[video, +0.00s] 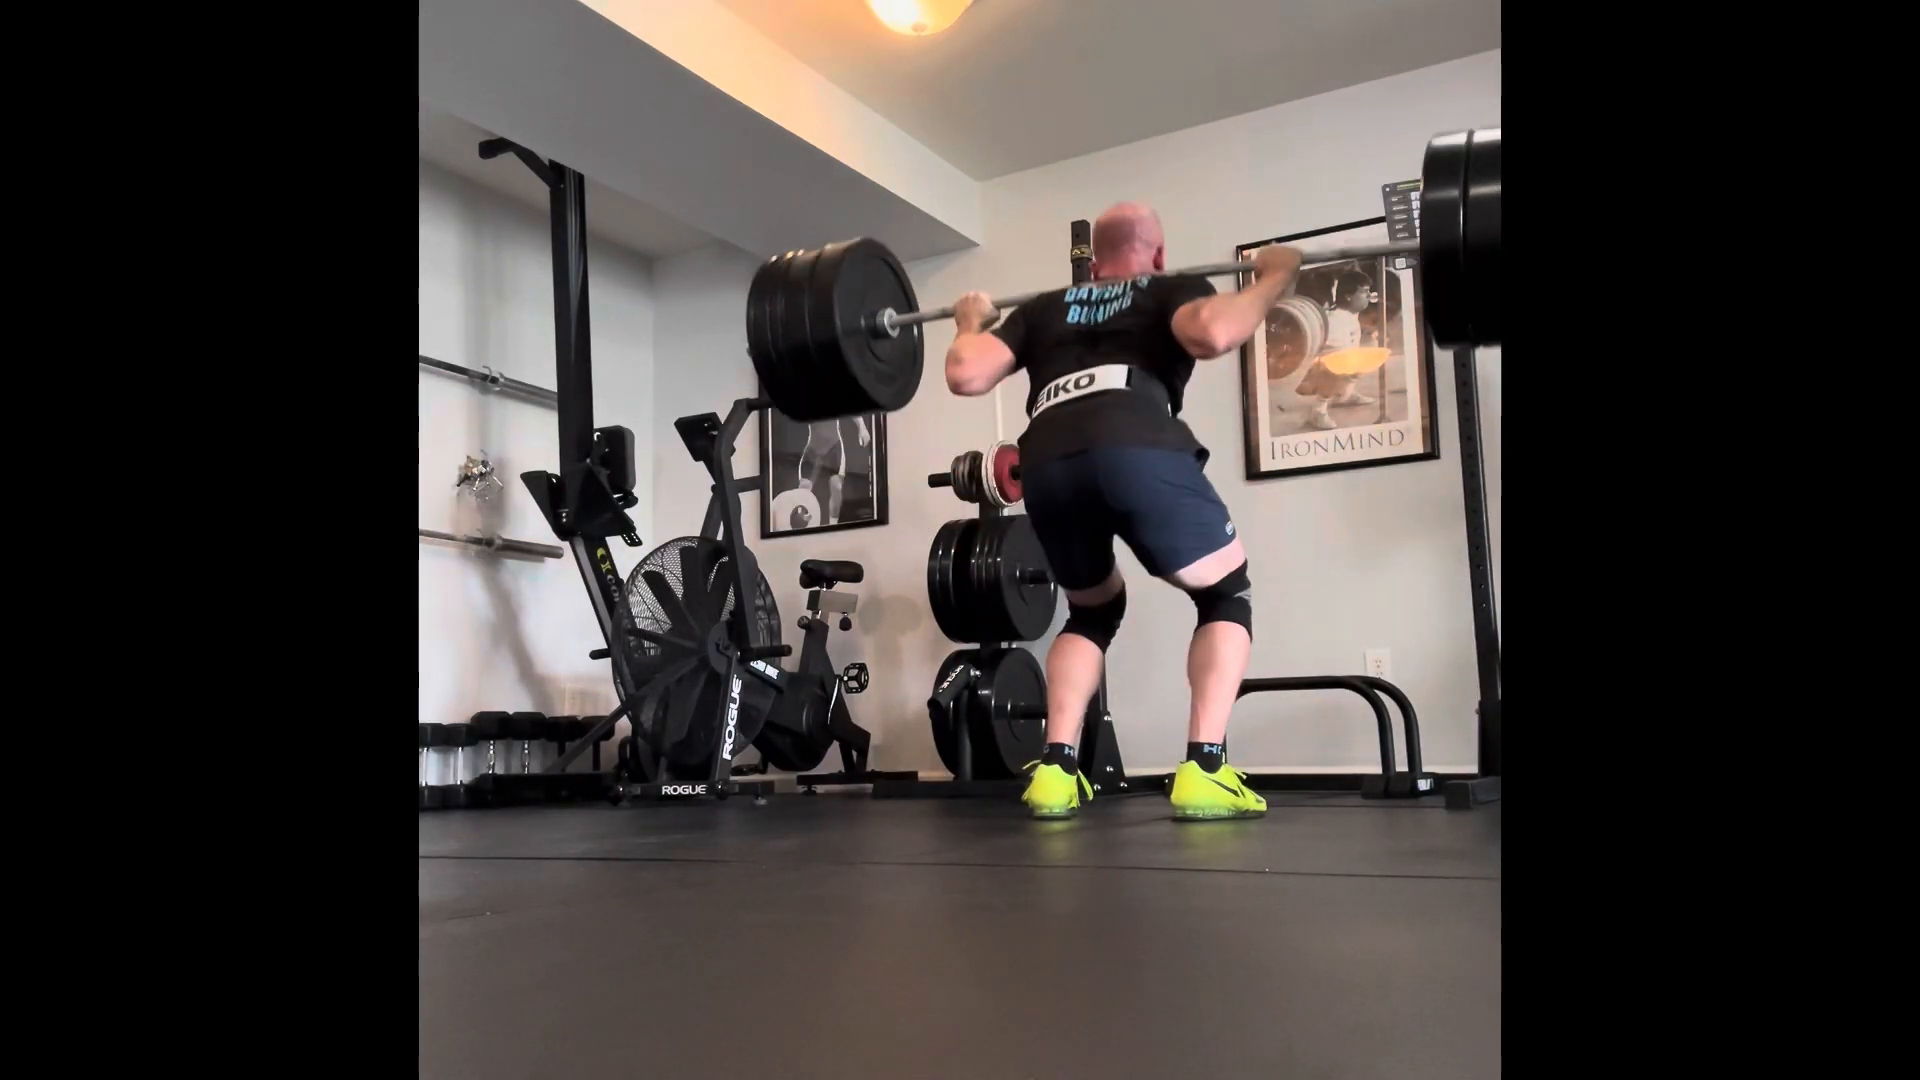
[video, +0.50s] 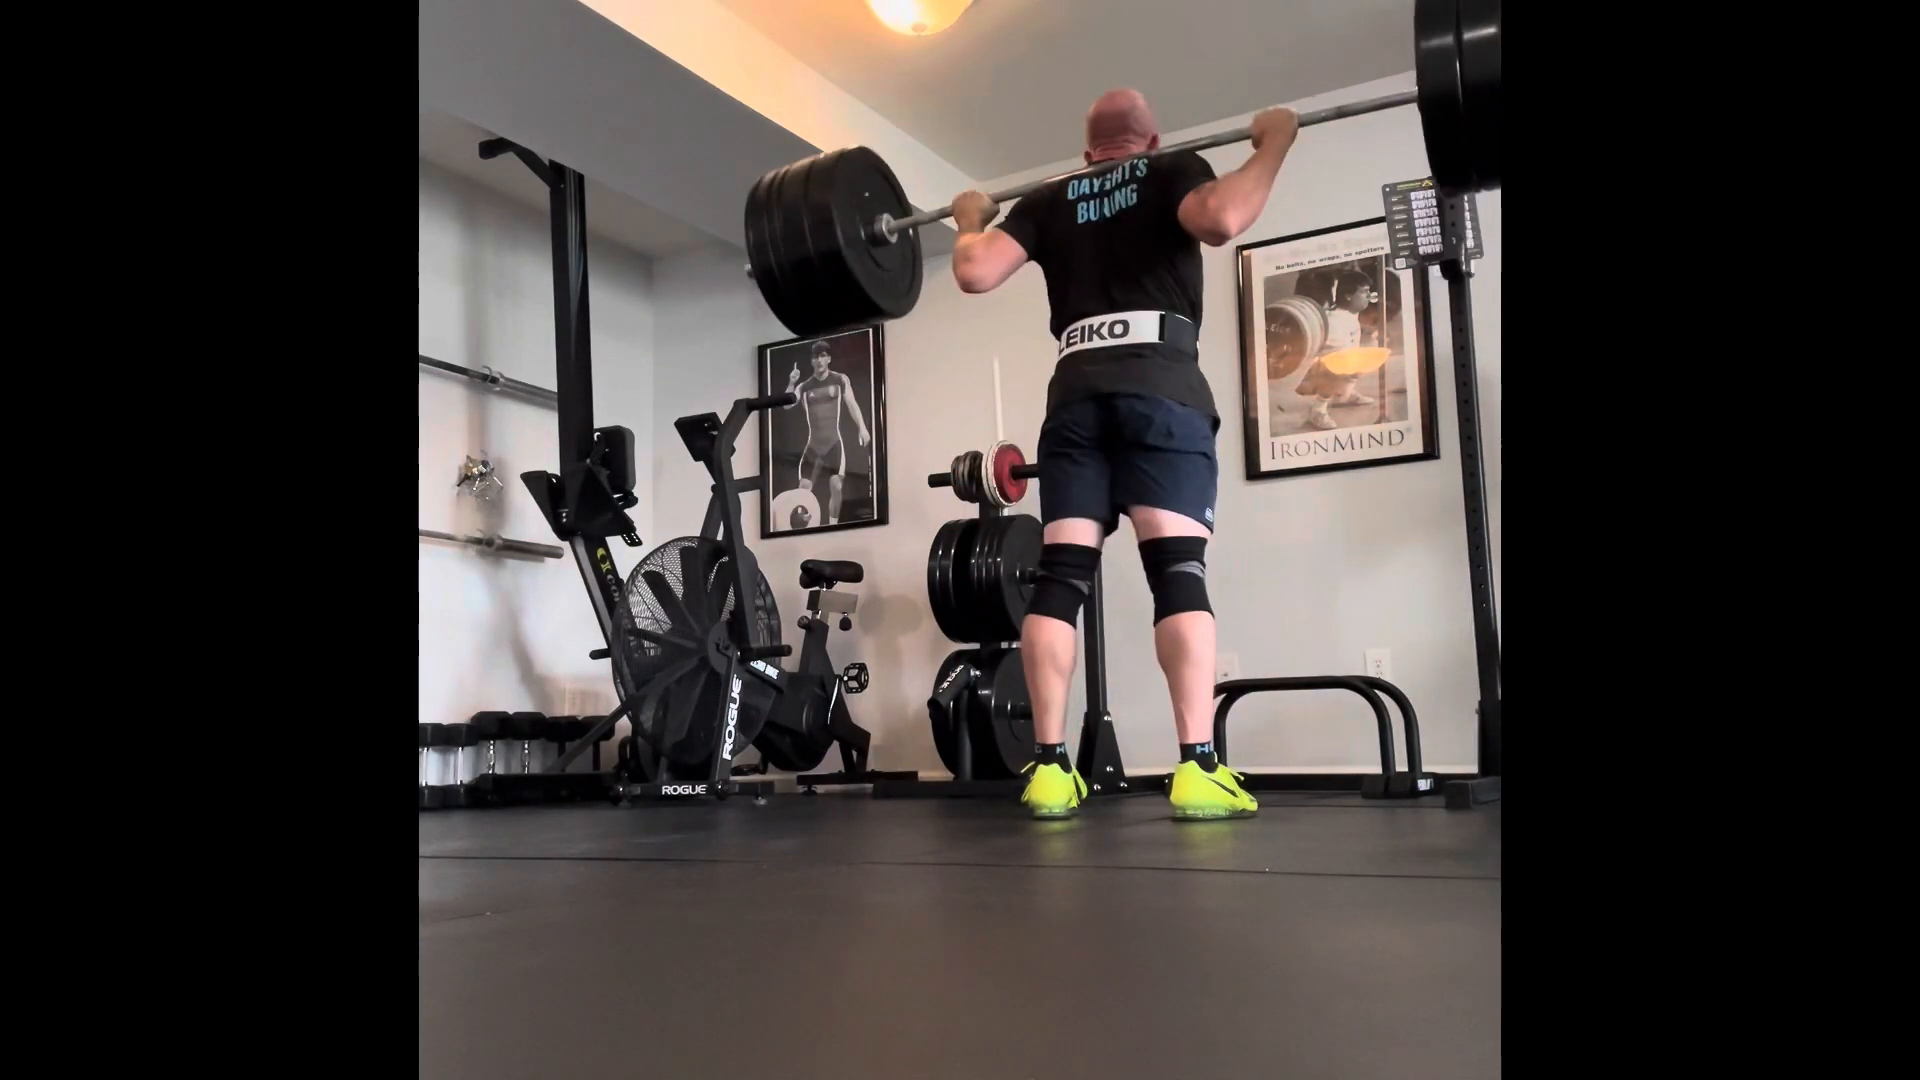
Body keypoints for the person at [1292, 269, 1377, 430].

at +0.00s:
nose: (1369, 296)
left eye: (1368, 292)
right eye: (1364, 292)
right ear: (1348, 296)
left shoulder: (1353, 317)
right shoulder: (1337, 318)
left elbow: (1352, 350)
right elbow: (1331, 355)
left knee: (1357, 362)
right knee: (1336, 369)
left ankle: (1346, 393)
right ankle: (1319, 410)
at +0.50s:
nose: (1368, 296)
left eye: (1368, 292)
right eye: (1364, 292)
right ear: (1348, 296)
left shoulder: (1353, 317)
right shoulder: (1336, 318)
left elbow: (1353, 348)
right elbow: (1328, 353)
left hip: (1345, 362)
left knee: (1359, 364)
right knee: (1337, 372)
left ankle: (1346, 394)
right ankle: (1318, 410)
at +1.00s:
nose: (1369, 298)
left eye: (1368, 293)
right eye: (1364, 293)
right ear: (1348, 296)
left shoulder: (1353, 318)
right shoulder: (1335, 320)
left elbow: (1352, 352)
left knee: (1355, 362)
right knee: (1338, 367)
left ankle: (1345, 394)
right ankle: (1318, 410)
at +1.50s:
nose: (1369, 298)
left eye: (1368, 294)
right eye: (1364, 294)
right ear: (1349, 296)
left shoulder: (1353, 318)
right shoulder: (1335, 320)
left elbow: (1351, 352)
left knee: (1355, 362)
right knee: (1338, 367)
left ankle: (1344, 394)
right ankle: (1318, 410)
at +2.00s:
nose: (1369, 297)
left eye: (1368, 293)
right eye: (1364, 293)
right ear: (1348, 296)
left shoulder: (1353, 317)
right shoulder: (1335, 319)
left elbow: (1351, 351)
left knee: (1357, 362)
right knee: (1339, 368)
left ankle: (1345, 394)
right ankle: (1318, 410)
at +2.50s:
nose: (1369, 297)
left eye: (1368, 293)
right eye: (1364, 293)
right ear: (1348, 296)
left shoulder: (1354, 318)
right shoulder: (1334, 319)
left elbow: (1352, 352)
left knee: (1357, 363)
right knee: (1338, 368)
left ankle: (1345, 394)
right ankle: (1318, 410)